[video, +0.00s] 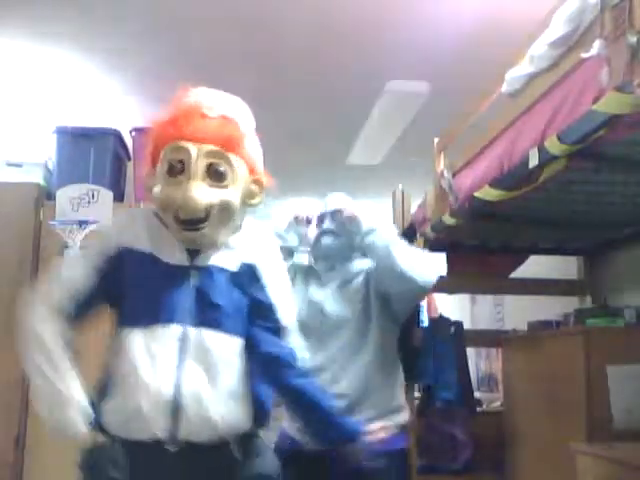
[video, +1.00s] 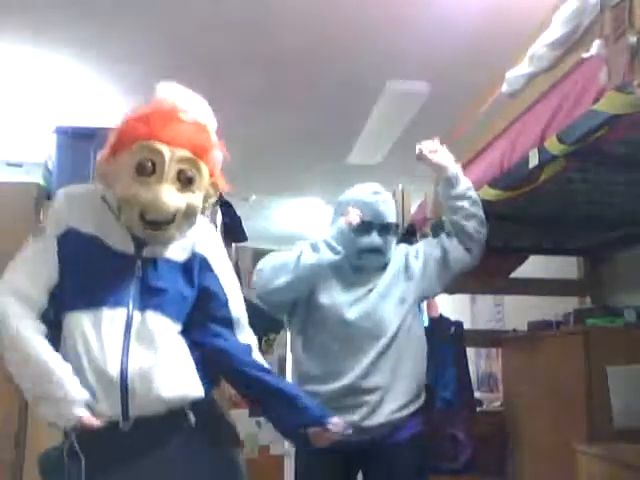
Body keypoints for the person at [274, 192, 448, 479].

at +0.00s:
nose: (327, 225)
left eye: (339, 218)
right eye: (320, 218)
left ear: (357, 231)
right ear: (308, 230)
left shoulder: (376, 277)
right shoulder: (297, 278)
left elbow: (423, 279)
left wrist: (365, 231)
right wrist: (290, 236)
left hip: (373, 436)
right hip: (303, 435)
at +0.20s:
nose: (333, 216)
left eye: (343, 207)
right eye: (324, 207)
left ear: (362, 215)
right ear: (312, 214)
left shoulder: (385, 259)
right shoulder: (293, 262)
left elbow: (436, 258)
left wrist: (373, 209)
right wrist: (293, 218)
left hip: (381, 427)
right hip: (308, 427)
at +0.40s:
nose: (348, 239)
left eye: (361, 228)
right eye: (340, 228)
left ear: (380, 242)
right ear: (322, 238)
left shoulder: (396, 289)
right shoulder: (297, 289)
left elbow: (433, 238)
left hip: (389, 453)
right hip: (318, 454)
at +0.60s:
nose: (364, 266)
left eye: (375, 256)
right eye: (352, 254)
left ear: (392, 260)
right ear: (334, 261)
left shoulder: (403, 295)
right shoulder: (313, 297)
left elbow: (446, 258)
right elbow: (289, 315)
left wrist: (449, 191)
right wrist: (338, 277)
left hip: (393, 453)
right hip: (321, 454)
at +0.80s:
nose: (380, 261)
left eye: (390, 251)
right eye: (371, 250)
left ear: (401, 251)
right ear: (348, 250)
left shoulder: (409, 281)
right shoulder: (318, 288)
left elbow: (460, 242)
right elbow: (279, 302)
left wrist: (447, 184)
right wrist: (343, 258)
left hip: (399, 440)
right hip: (326, 443)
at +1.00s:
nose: (374, 241)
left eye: (384, 230)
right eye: (363, 230)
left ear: (395, 232)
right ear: (341, 230)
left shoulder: (410, 266)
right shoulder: (311, 269)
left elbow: (467, 241)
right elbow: (265, 286)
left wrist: (451, 174)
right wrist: (335, 240)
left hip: (397, 433)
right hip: (323, 435)